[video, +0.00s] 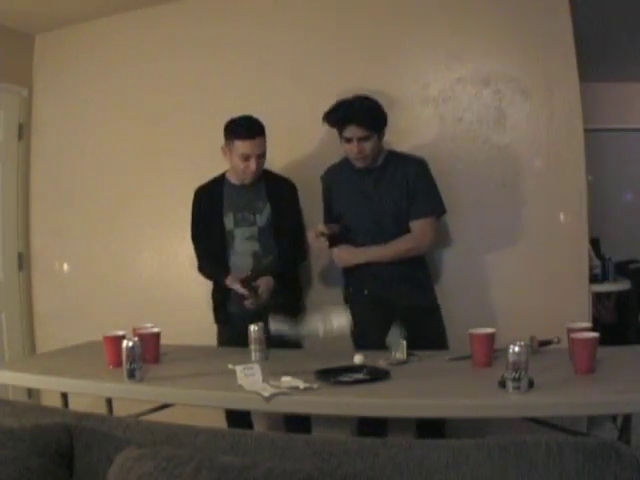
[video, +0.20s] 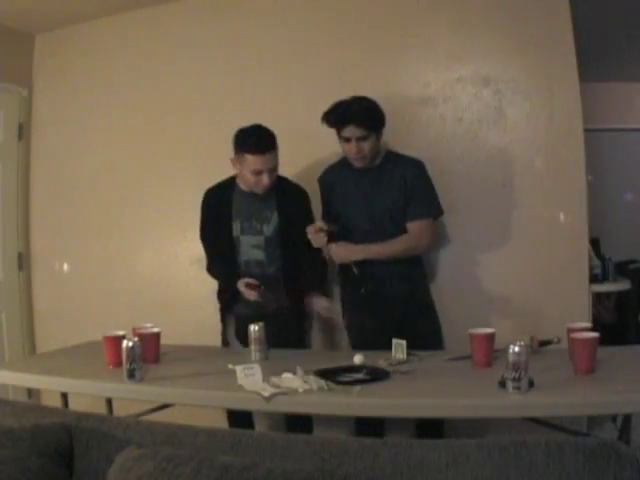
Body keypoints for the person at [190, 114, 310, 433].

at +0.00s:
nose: (253, 166)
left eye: (260, 157)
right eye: (245, 158)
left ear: (266, 151)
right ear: (226, 152)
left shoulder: (283, 189)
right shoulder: (207, 195)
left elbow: (295, 247)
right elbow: (205, 256)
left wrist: (273, 277)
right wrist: (227, 278)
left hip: (279, 305)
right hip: (233, 308)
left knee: (290, 386)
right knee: (235, 390)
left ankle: (299, 459)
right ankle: (241, 459)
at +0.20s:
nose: (265, 180)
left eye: (271, 171)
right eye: (257, 174)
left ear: (277, 160)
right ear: (236, 165)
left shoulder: (294, 196)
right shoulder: (216, 198)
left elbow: (309, 250)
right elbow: (214, 255)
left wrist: (313, 290)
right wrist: (234, 281)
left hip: (287, 303)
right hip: (240, 306)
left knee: (293, 383)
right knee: (238, 383)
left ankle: (299, 455)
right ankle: (242, 454)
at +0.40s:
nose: (288, 195)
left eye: (295, 185)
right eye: (279, 187)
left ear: (301, 172)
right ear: (258, 173)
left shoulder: (309, 206)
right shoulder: (232, 197)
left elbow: (340, 266)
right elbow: (221, 249)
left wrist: (371, 320)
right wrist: (236, 281)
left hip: (294, 318)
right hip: (245, 317)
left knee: (298, 400)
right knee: (236, 397)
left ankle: (302, 469)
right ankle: (239, 466)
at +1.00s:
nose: (271, 174)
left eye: (276, 165)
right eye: (262, 166)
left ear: (282, 158)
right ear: (241, 160)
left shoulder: (298, 198)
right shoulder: (221, 195)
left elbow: (319, 253)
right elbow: (216, 243)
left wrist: (343, 289)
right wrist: (222, 278)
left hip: (286, 313)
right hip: (237, 312)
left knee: (295, 393)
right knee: (223, 391)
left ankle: (301, 462)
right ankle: (228, 462)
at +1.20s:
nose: (247, 159)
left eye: (252, 150)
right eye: (239, 151)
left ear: (258, 150)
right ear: (219, 150)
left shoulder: (274, 192)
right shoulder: (200, 198)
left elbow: (299, 253)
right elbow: (191, 253)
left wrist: (319, 308)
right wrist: (199, 284)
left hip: (269, 311)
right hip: (220, 313)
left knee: (285, 391)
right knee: (209, 392)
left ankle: (296, 461)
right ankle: (225, 456)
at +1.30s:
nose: (236, 144)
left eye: (241, 137)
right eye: (228, 137)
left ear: (247, 140)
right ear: (210, 142)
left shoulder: (262, 181)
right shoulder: (191, 192)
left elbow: (294, 199)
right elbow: (177, 245)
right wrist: (182, 261)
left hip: (258, 305)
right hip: (212, 310)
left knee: (277, 383)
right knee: (211, 392)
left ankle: (292, 456)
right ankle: (225, 457)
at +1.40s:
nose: (227, 133)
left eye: (231, 126)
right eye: (217, 127)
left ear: (238, 133)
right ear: (200, 136)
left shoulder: (254, 174)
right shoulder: (183, 190)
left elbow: (284, 152)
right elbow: (165, 252)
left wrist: (285, 98)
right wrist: (171, 250)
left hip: (252, 299)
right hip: (207, 306)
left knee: (268, 384)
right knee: (214, 395)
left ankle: (277, 460)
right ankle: (227, 463)